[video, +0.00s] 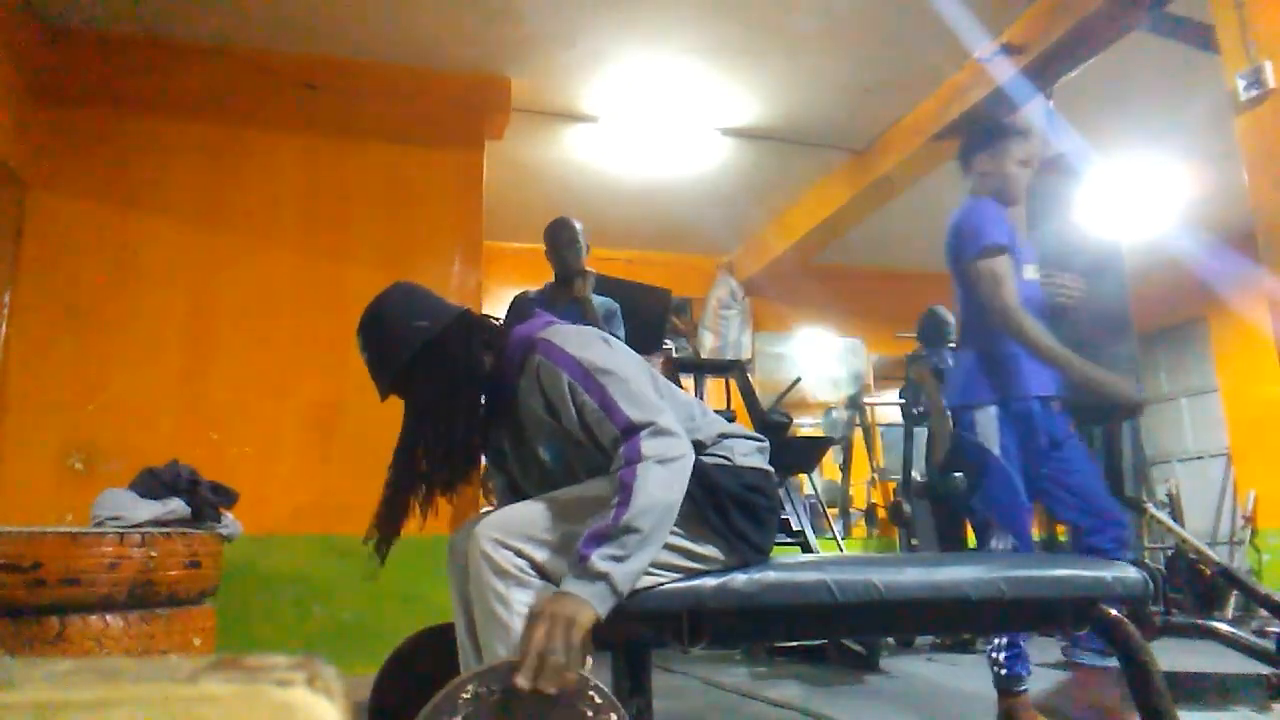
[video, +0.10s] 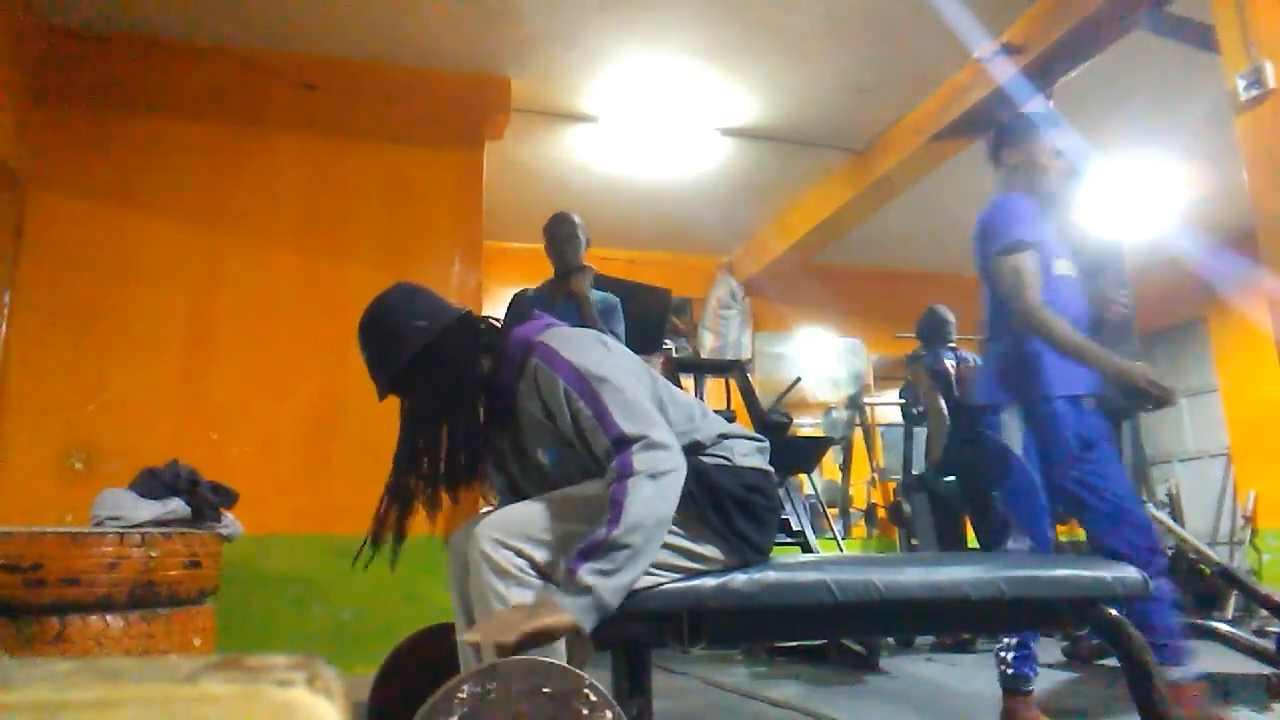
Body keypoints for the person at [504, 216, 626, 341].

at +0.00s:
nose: (565, 255)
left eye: (573, 245)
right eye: (557, 248)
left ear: (587, 250)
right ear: (548, 255)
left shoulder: (607, 309)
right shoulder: (525, 303)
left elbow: (614, 360)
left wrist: (586, 301)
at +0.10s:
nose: (563, 250)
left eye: (570, 240)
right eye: (555, 242)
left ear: (587, 244)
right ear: (547, 250)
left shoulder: (608, 304)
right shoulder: (524, 302)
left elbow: (614, 358)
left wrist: (584, 298)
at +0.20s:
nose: (560, 246)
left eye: (567, 236)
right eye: (551, 238)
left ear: (582, 239)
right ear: (544, 246)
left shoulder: (606, 298)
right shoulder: (523, 298)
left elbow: (610, 352)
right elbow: (504, 356)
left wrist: (578, 294)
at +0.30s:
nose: (551, 241)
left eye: (559, 229)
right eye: (542, 233)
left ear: (577, 235)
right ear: (537, 242)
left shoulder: (602, 292)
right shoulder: (519, 296)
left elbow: (607, 345)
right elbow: (502, 353)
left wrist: (571, 289)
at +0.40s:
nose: (543, 237)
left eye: (552, 227)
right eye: (534, 229)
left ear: (569, 231)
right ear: (528, 237)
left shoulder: (596, 290)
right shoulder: (512, 294)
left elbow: (601, 343)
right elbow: (498, 349)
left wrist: (563, 285)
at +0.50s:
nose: (530, 233)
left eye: (539, 223)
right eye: (523, 224)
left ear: (558, 230)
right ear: (516, 234)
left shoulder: (587, 287)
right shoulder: (502, 293)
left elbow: (592, 344)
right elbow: (487, 351)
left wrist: (554, 285)